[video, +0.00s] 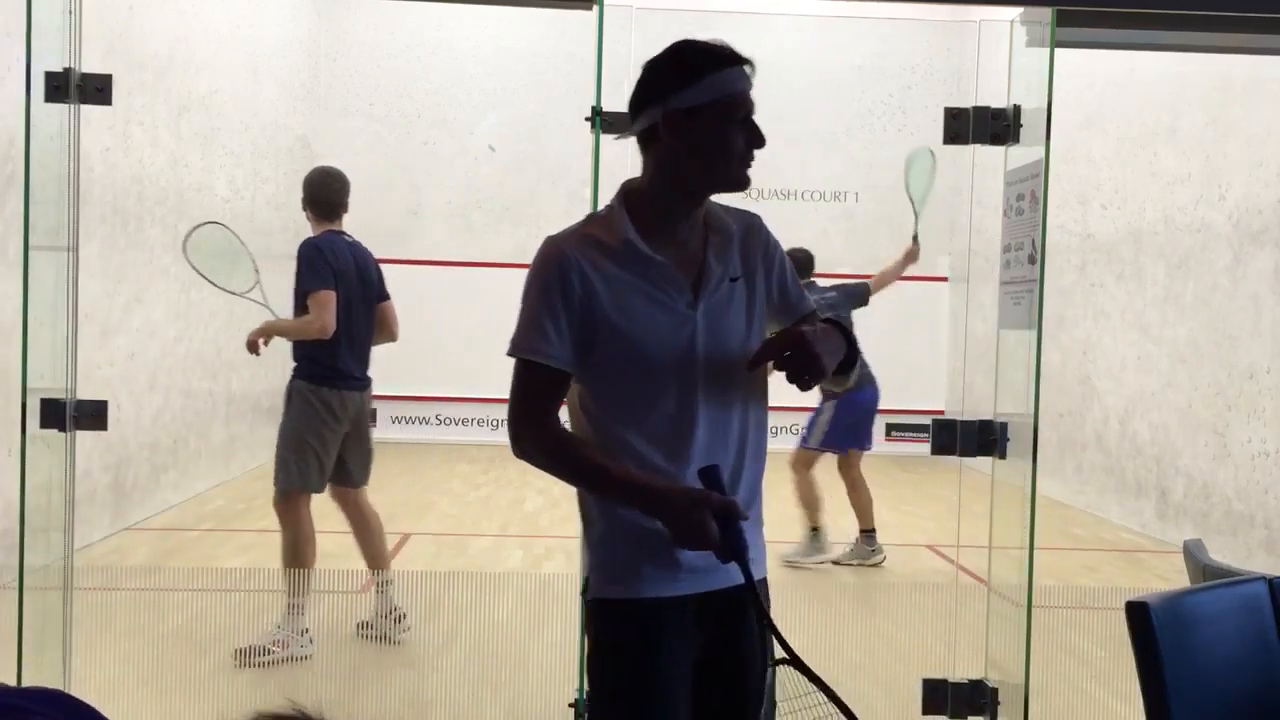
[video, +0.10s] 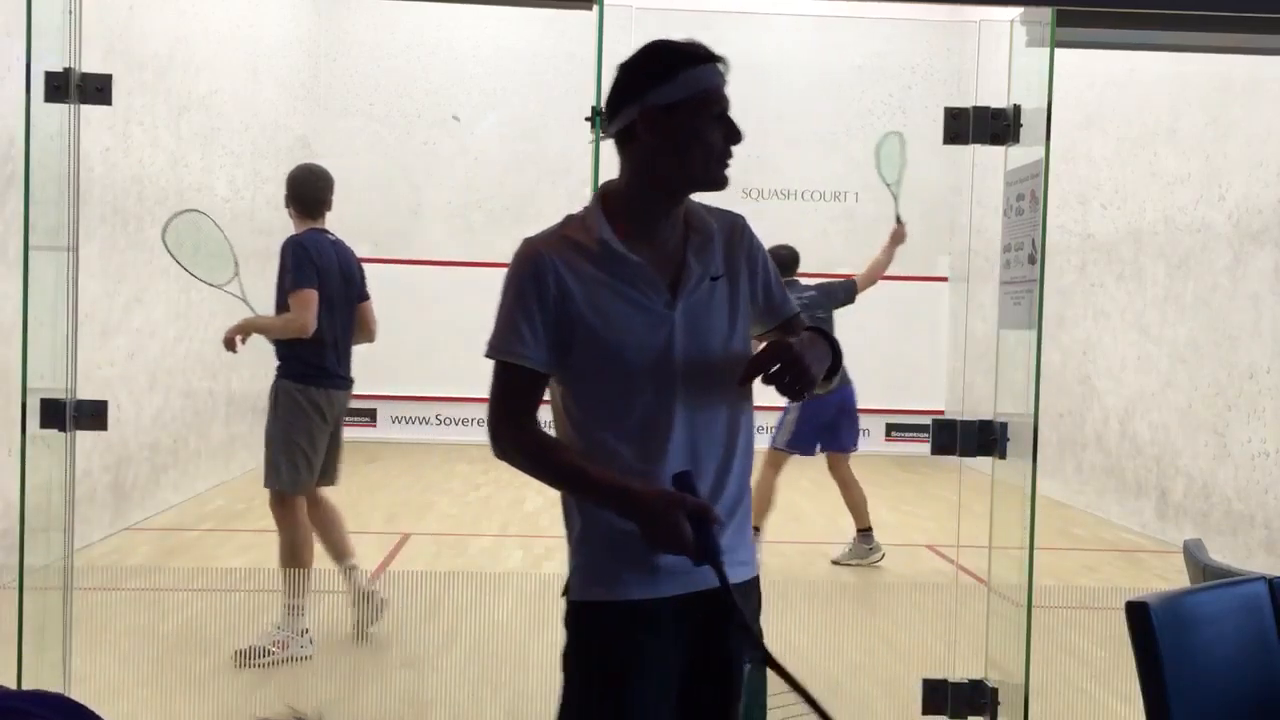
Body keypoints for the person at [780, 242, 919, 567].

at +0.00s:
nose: (777, 281)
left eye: (779, 275)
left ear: (785, 275)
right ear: (811, 271)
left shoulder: (786, 303)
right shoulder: (833, 295)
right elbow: (876, 283)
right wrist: (904, 260)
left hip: (839, 397)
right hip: (864, 392)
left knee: (800, 463)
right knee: (850, 466)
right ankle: (868, 543)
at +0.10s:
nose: (765, 270)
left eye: (766, 265)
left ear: (768, 270)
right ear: (797, 268)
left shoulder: (766, 303)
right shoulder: (820, 294)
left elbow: (751, 348)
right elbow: (867, 279)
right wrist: (891, 244)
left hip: (807, 398)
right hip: (841, 393)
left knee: (770, 467)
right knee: (840, 466)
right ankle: (866, 541)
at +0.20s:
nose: (743, 267)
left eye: (745, 263)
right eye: (745, 263)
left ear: (752, 267)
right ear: (780, 268)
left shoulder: (742, 302)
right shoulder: (801, 296)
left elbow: (725, 355)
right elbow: (853, 284)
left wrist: (712, 396)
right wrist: (869, 247)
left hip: (771, 402)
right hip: (810, 399)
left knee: (742, 469)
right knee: (823, 468)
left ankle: (726, 547)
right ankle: (857, 540)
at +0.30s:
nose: (730, 258)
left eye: (732, 254)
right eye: (733, 253)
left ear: (739, 258)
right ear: (764, 259)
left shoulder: (723, 292)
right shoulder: (784, 291)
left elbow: (712, 348)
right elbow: (839, 284)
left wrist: (707, 394)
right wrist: (846, 253)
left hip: (741, 394)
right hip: (782, 394)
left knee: (736, 469)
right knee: (790, 467)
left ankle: (727, 547)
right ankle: (814, 543)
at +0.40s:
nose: (715, 243)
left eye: (719, 238)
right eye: (718, 237)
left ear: (729, 243)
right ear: (750, 244)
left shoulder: (713, 280)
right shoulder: (774, 277)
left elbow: (709, 328)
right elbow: (827, 283)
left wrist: (708, 371)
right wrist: (822, 264)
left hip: (729, 381)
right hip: (769, 380)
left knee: (719, 461)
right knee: (759, 459)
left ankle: (711, 538)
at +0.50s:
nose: (701, 242)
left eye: (706, 237)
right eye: (704, 236)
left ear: (720, 244)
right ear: (733, 246)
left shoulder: (704, 278)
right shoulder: (762, 277)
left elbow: (704, 329)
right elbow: (812, 295)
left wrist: (687, 365)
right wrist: (795, 305)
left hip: (717, 382)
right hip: (754, 384)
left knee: (695, 465)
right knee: (732, 466)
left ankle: (678, 544)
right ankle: (721, 546)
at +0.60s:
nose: (687, 248)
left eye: (693, 243)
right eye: (690, 242)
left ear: (708, 252)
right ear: (719, 255)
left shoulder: (692, 290)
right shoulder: (746, 290)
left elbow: (691, 344)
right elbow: (791, 328)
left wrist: (670, 378)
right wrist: (772, 349)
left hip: (699, 396)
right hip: (735, 397)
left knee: (666, 470)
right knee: (718, 477)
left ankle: (646, 550)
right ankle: (714, 555)